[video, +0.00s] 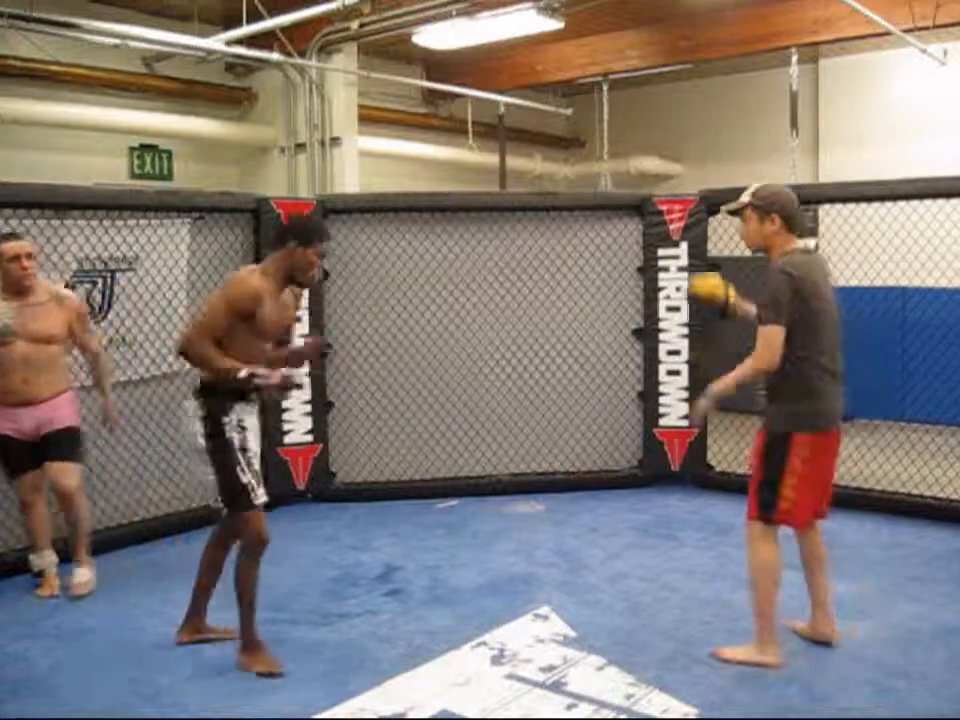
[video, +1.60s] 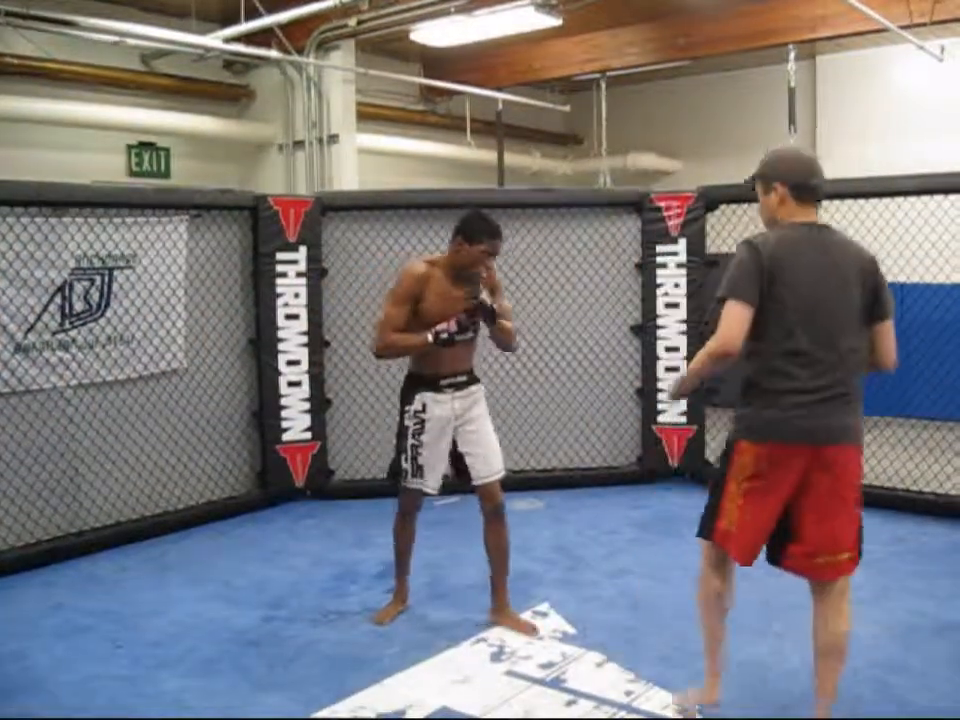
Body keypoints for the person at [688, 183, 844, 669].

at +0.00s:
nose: (742, 228)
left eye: (746, 219)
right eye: (742, 219)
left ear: (771, 222)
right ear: (779, 222)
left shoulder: (782, 273)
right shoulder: (812, 264)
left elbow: (767, 357)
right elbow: (788, 324)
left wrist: (715, 391)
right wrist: (735, 303)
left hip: (792, 420)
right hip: (822, 416)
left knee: (760, 526)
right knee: (805, 521)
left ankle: (764, 643)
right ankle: (822, 622)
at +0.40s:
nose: (724, 236)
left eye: (730, 228)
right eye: (724, 228)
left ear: (757, 232)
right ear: (764, 233)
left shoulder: (766, 282)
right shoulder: (786, 270)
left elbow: (761, 366)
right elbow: (711, 276)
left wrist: (698, 389)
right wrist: (674, 236)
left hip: (756, 429)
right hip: (788, 426)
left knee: (691, 522)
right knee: (784, 525)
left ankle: (671, 649)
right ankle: (822, 627)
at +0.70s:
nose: (643, 232)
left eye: (650, 224)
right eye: (644, 224)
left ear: (678, 230)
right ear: (681, 230)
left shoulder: (695, 278)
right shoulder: (694, 263)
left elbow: (718, 363)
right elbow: (635, 280)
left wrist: (654, 391)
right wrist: (596, 247)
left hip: (717, 428)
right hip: (756, 419)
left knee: (671, 537)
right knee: (784, 523)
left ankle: (661, 658)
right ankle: (812, 623)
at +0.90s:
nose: (611, 230)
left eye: (616, 221)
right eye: (611, 220)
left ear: (642, 225)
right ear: (654, 222)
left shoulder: (657, 273)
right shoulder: (698, 252)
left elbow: (668, 365)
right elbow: (714, 323)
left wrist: (616, 404)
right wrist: (650, 316)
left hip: (698, 420)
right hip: (744, 405)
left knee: (670, 536)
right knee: (765, 517)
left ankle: (661, 657)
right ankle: (804, 631)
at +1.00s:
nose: (613, 226)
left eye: (616, 217)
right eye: (612, 217)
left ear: (641, 219)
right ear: (659, 215)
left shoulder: (650, 273)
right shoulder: (712, 256)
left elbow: (656, 371)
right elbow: (755, 330)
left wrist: (639, 420)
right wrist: (712, 332)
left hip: (689, 424)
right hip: (742, 411)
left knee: (664, 538)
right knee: (765, 521)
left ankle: (661, 657)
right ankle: (802, 639)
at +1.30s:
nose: (678, 229)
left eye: (681, 222)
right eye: (680, 220)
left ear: (695, 228)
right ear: (733, 227)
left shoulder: (676, 289)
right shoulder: (780, 284)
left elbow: (682, 379)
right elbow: (809, 371)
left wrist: (687, 463)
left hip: (706, 450)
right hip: (771, 448)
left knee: (661, 552)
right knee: (795, 569)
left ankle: (658, 657)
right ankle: (814, 696)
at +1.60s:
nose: (758, 205)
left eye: (759, 195)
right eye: (759, 195)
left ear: (776, 193)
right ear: (814, 194)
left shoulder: (759, 251)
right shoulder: (861, 259)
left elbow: (728, 343)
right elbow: (884, 357)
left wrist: (687, 377)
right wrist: (829, 350)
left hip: (766, 435)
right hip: (840, 439)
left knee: (718, 556)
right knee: (833, 584)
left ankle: (711, 687)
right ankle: (823, 709)